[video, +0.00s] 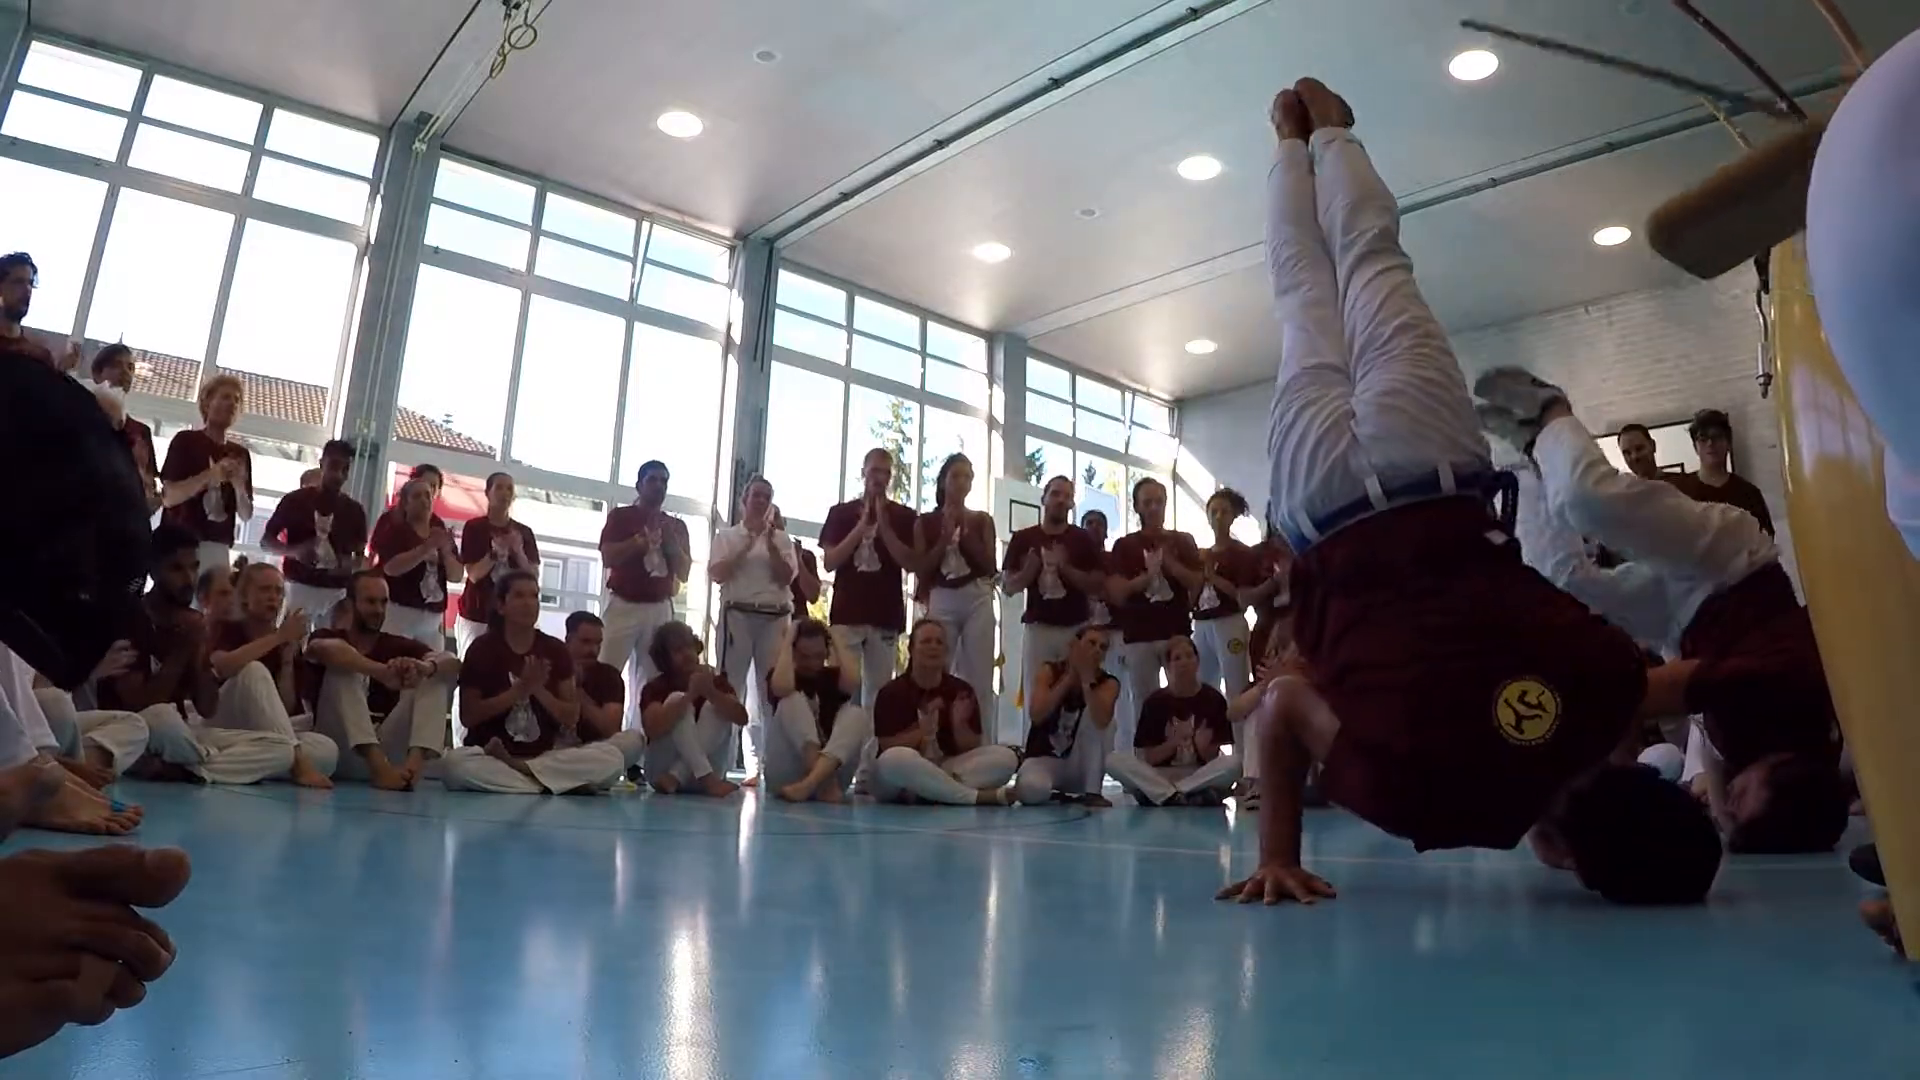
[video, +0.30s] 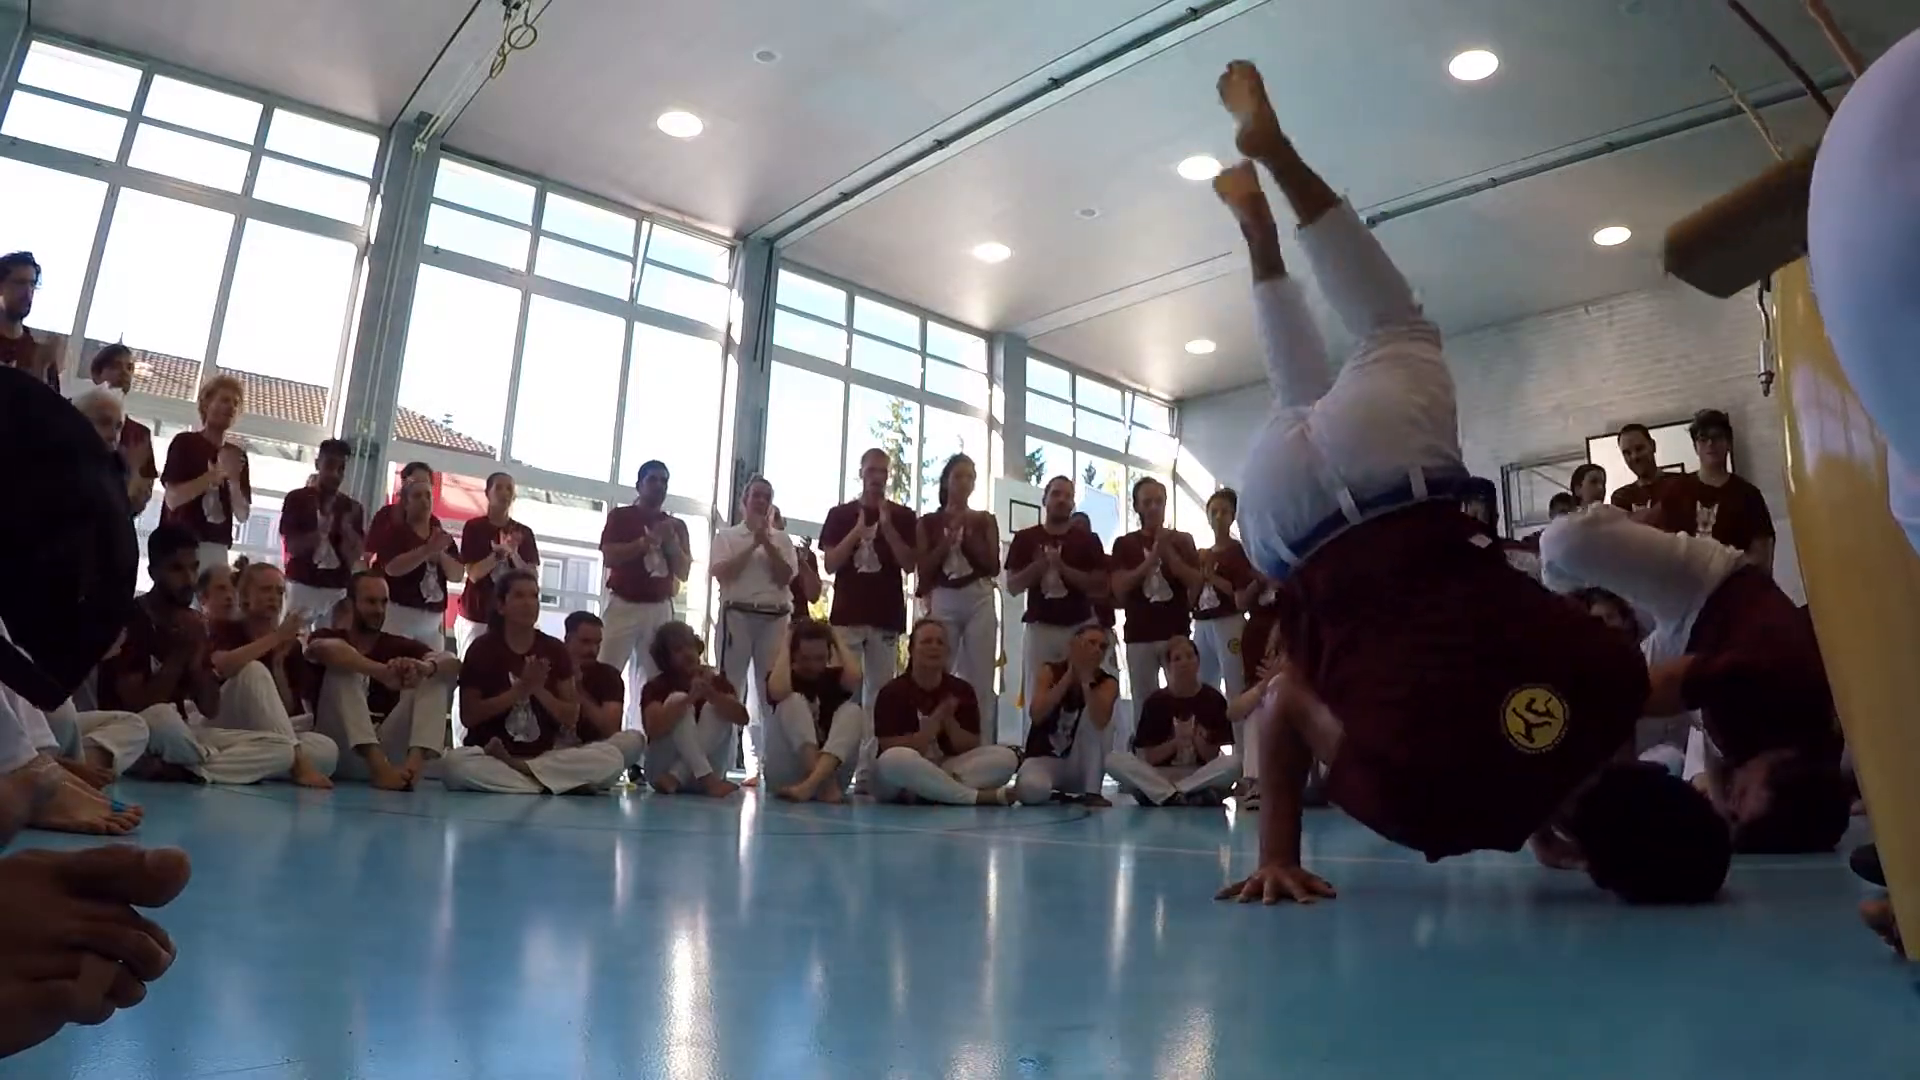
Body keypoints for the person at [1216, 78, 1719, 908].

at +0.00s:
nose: (1550, 876)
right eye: (1570, 875)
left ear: (1651, 796)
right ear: (1564, 854)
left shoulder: (1614, 694)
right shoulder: (1425, 794)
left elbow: (1690, 682)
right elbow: (1282, 699)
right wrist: (1277, 858)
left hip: (1453, 494)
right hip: (1328, 527)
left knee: (1375, 263)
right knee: (1307, 312)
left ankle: (1333, 132)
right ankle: (1290, 144)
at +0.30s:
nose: (1562, 875)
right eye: (1582, 874)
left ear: (1663, 796)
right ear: (1575, 859)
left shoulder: (1610, 684)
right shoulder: (1430, 807)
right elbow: (1283, 698)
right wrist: (1277, 857)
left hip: (1414, 463)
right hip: (1295, 524)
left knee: (1400, 333)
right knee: (1305, 412)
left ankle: (1272, 146)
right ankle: (1257, 231)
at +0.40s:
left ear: (1677, 797)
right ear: (1597, 859)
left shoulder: (1611, 681)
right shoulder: (1427, 815)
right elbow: (1281, 707)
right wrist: (1277, 859)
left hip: (1401, 500)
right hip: (1272, 559)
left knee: (1392, 336)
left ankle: (1249, 239)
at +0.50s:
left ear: (1662, 770)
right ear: (1601, 857)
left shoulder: (1613, 671)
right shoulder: (1440, 820)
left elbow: (1481, 594)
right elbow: (1284, 705)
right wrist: (1276, 857)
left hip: (1343, 500)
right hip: (1245, 592)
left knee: (1358, 294)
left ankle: (1238, 343)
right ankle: (1221, 481)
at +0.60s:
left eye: (1707, 780)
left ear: (1655, 787)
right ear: (1605, 863)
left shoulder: (1611, 662)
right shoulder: (1446, 822)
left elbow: (1470, 595)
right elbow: (1296, 713)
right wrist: (1277, 859)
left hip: (1317, 520)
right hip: (1243, 631)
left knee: (1269, 299)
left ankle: (1153, 369)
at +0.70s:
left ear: (1654, 770)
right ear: (1599, 853)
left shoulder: (1605, 651)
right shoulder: (1468, 818)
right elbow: (1323, 715)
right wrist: (1283, 858)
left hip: (1300, 525)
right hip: (1252, 663)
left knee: (1173, 346)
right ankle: (1172, 709)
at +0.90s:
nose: (1598, 847)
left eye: (1623, 838)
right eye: (1617, 850)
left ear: (1638, 756)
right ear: (1601, 832)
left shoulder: (1588, 625)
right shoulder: (1485, 784)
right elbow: (1316, 724)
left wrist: (1531, 840)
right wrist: (1280, 859)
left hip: (1269, 531)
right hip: (1267, 655)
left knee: (1027, 511)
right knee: (1259, 777)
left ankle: (781, 509)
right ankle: (1089, 778)